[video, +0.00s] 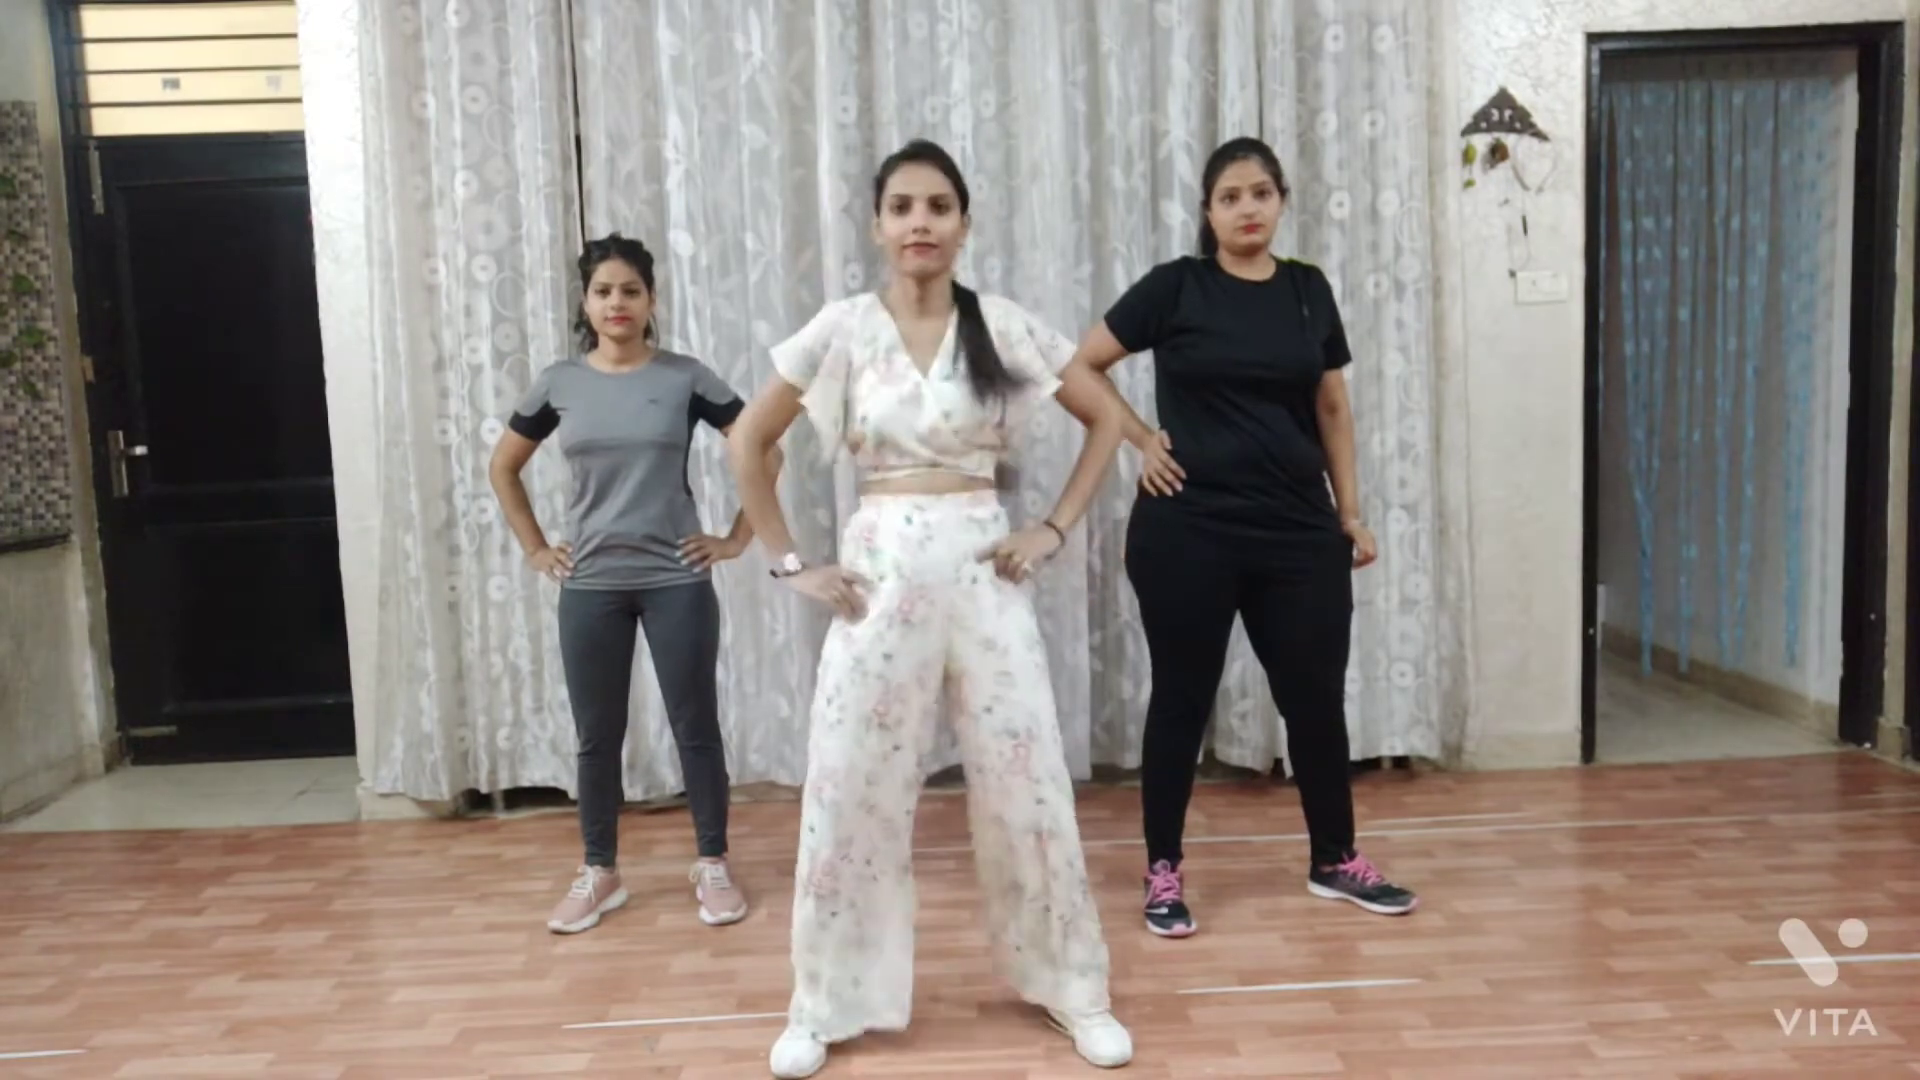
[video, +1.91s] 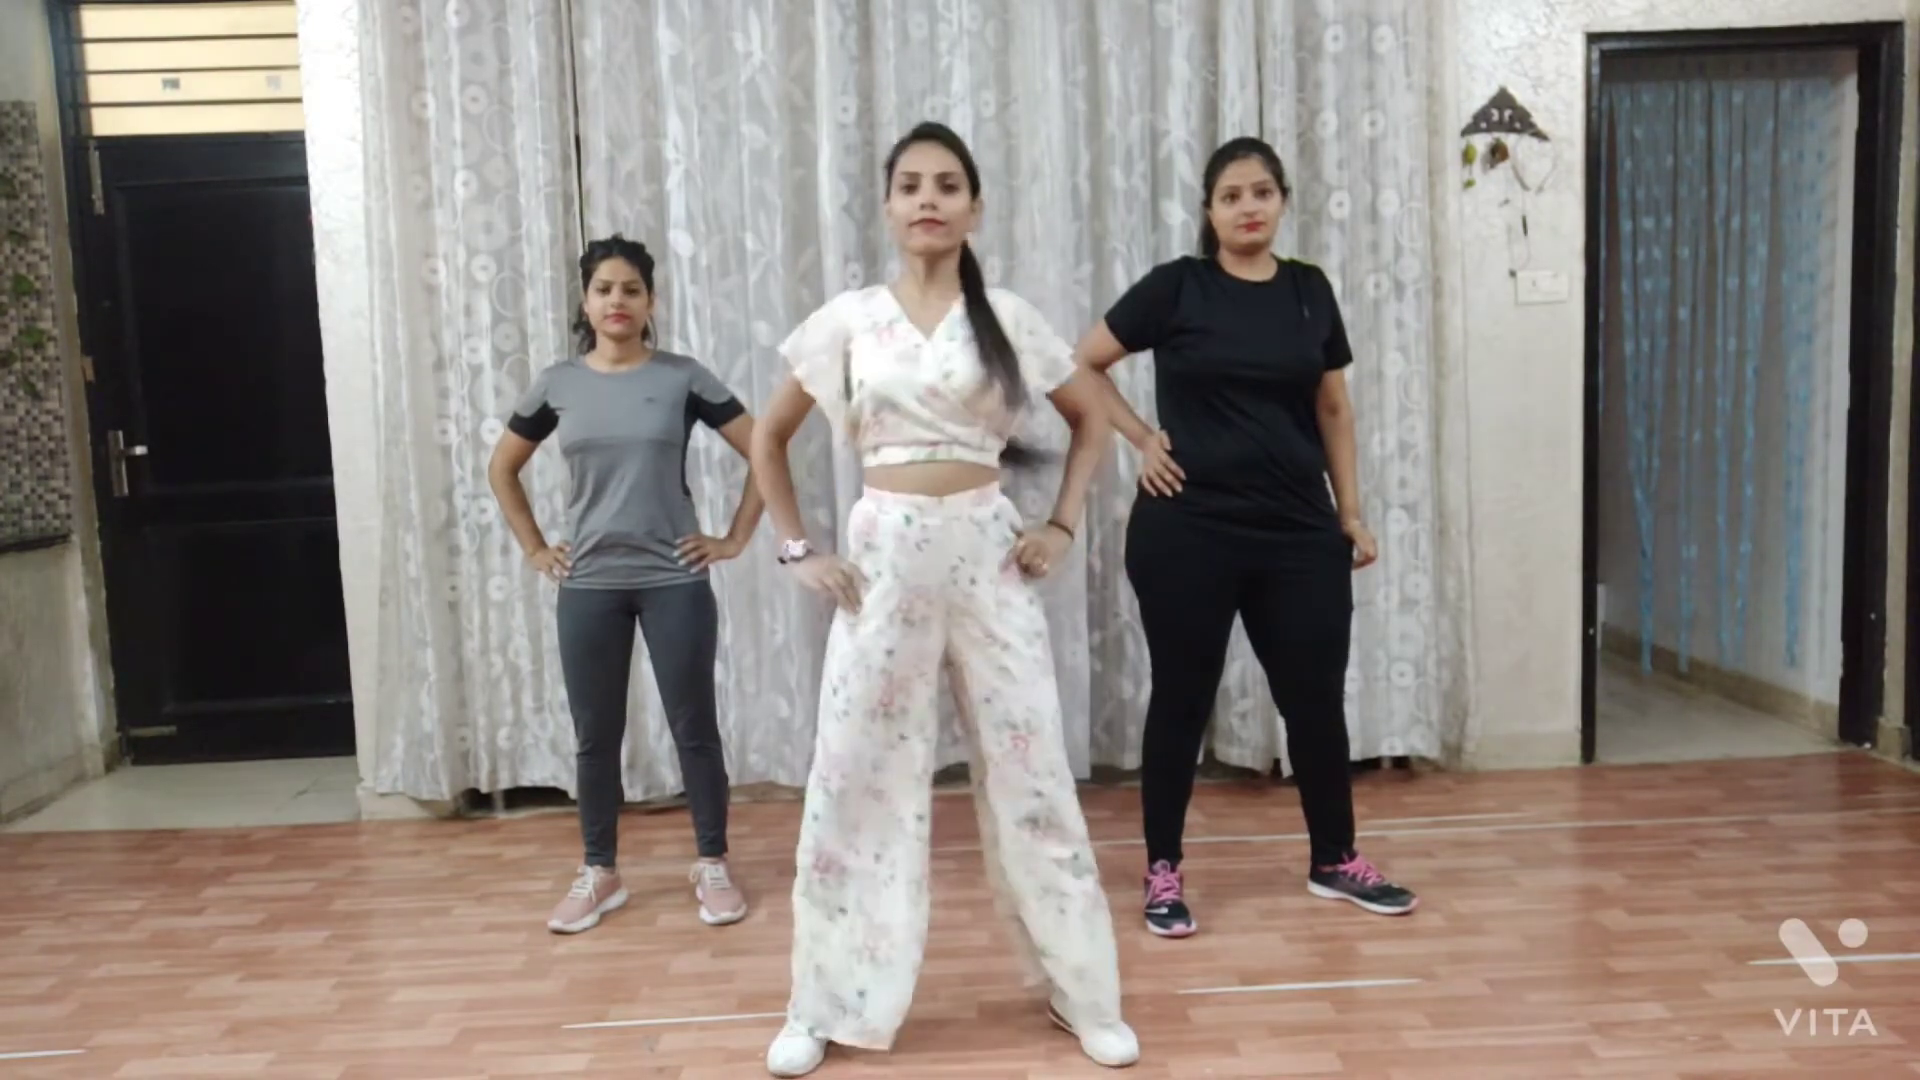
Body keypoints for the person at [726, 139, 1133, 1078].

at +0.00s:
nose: (919, 224)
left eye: (937, 207)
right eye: (902, 207)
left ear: (963, 222)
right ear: (877, 223)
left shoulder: (1002, 327)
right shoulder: (839, 330)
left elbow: (1112, 422)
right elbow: (746, 446)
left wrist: (1051, 528)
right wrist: (800, 566)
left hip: (987, 580)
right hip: (878, 585)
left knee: (1033, 784)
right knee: (840, 794)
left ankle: (1076, 990)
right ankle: (819, 1007)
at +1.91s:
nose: (927, 202)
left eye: (945, 187)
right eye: (910, 187)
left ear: (974, 206)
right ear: (886, 205)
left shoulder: (1007, 320)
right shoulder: (845, 322)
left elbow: (1093, 422)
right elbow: (764, 439)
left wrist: (1061, 526)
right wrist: (804, 553)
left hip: (989, 561)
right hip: (881, 566)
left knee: (1035, 776)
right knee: (844, 781)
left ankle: (1088, 997)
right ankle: (817, 1007)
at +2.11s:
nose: (921, 223)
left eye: (940, 206)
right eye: (904, 206)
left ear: (968, 221)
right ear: (880, 222)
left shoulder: (1007, 323)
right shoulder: (840, 328)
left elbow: (1117, 417)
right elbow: (749, 442)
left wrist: (1065, 533)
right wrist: (799, 566)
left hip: (988, 575)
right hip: (882, 578)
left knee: (1035, 773)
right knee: (835, 782)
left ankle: (1081, 988)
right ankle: (810, 1001)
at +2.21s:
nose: (920, 227)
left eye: (938, 210)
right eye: (903, 210)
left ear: (967, 224)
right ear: (880, 226)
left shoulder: (1006, 323)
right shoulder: (842, 330)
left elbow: (1117, 415)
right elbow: (751, 446)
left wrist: (1066, 533)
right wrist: (805, 564)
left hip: (989, 582)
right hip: (884, 587)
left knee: (1036, 782)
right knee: (835, 792)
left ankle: (1081, 989)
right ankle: (806, 1001)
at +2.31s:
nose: (921, 242)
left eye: (938, 225)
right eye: (904, 226)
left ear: (967, 241)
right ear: (880, 243)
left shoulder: (1010, 347)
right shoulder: (841, 354)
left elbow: (1106, 442)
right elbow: (760, 471)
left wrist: (1065, 564)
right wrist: (805, 594)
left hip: (992, 600)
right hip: (886, 603)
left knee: (1039, 805)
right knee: (847, 809)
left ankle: (1085, 1001)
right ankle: (809, 1005)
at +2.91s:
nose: (924, 226)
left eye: (941, 211)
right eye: (906, 216)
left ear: (973, 231)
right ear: (885, 242)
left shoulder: (1019, 340)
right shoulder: (854, 347)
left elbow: (1096, 434)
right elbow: (752, 433)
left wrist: (1161, 501)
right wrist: (656, 501)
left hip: (976, 603)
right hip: (877, 594)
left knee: (990, 817)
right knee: (789, 790)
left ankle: (921, 1000)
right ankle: (702, 1001)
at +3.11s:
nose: (929, 235)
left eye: (947, 222)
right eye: (910, 224)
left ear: (977, 248)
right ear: (885, 253)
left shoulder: (1023, 351)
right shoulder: (853, 354)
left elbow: (1145, 410)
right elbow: (726, 420)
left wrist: (1258, 458)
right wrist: (603, 468)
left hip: (969, 621)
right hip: (869, 613)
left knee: (981, 826)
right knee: (774, 805)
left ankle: (947, 1025)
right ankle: (643, 1017)